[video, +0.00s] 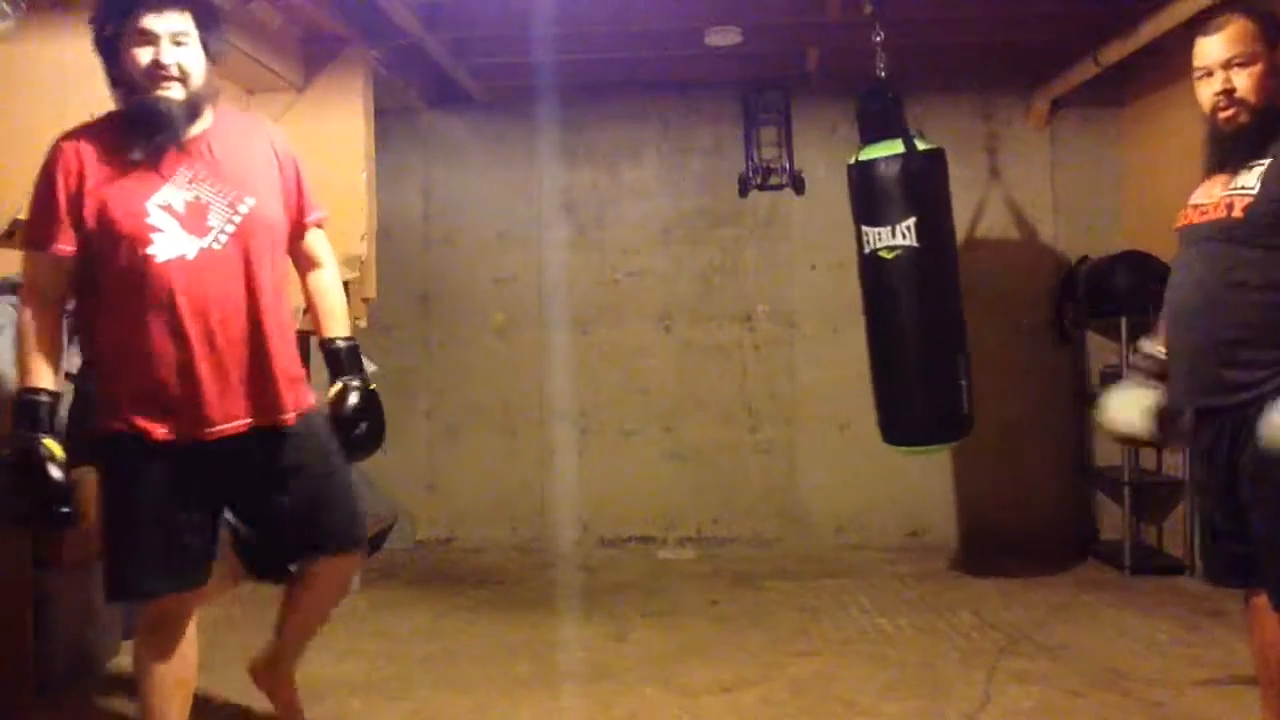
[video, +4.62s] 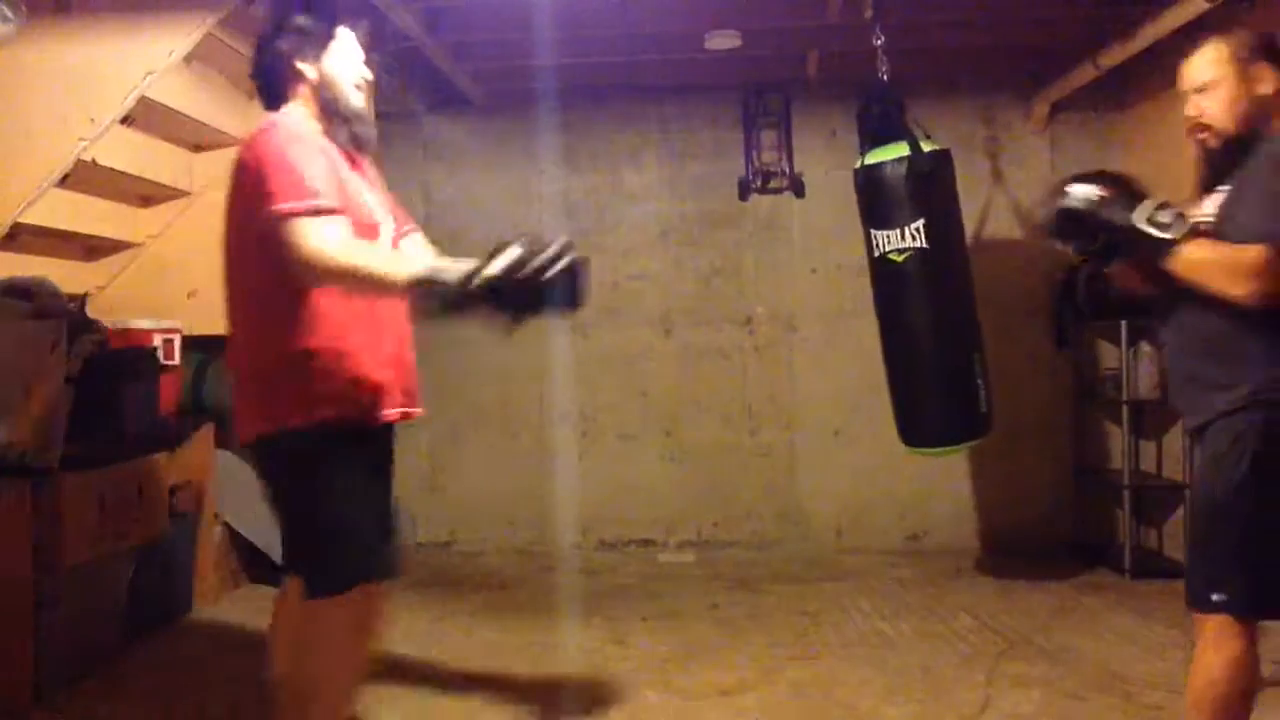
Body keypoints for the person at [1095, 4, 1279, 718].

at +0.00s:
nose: (1221, 86)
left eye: (1239, 65)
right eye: (1205, 74)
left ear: (1274, 67)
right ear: (1194, 87)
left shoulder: (1273, 167)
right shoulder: (1216, 176)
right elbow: (1193, 284)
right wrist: (1159, 361)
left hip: (1263, 408)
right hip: (1214, 410)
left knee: (1268, 591)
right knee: (1254, 589)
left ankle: (1270, 705)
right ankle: (1269, 704)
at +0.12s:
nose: (1240, 81)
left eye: (1257, 62)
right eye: (1224, 68)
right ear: (1211, 81)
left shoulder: (1278, 162)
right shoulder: (1227, 165)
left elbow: (1278, 269)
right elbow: (1175, 257)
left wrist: (1245, 301)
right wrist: (1080, 313)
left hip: (1271, 403)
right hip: (1230, 405)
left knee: (1270, 588)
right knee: (1258, 583)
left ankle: (1270, 702)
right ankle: (1266, 693)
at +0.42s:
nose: (1248, 79)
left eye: (1263, 60)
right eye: (1232, 68)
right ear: (1220, 82)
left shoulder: (1276, 158)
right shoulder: (1230, 163)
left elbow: (1269, 244)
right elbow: (1205, 257)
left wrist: (1213, 230)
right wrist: (1122, 235)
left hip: (1272, 403)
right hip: (1236, 407)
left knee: (1267, 589)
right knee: (1261, 588)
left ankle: (1269, 701)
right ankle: (1269, 704)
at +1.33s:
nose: (1209, 111)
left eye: (1223, 88)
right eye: (1195, 97)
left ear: (1267, 76)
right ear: (1185, 102)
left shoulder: (1274, 166)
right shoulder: (1213, 170)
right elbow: (1210, 278)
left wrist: (1262, 321)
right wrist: (1184, 325)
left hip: (1268, 394)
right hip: (1235, 394)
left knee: (1243, 546)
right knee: (1220, 544)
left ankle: (1267, 691)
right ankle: (1266, 690)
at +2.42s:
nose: (1184, 128)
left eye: (1198, 108)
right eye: (1170, 117)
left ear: (1239, 101)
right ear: (1161, 123)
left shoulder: (1263, 166)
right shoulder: (1205, 187)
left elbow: (1271, 285)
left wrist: (1172, 257)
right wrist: (1130, 286)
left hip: (1252, 413)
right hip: (1222, 414)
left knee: (1241, 594)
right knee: (1234, 590)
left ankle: (1238, 715)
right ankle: (1242, 707)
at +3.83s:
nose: (1238, 117)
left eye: (1253, 97)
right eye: (1228, 106)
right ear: (1223, 117)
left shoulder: (1274, 195)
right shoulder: (1242, 196)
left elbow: (1275, 280)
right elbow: (1193, 291)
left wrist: (1243, 220)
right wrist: (1177, 231)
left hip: (1272, 421)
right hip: (1248, 423)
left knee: (1256, 602)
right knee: (1254, 599)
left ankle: (1242, 711)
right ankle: (1250, 706)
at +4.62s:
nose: (1189, 112)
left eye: (1204, 90)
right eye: (1185, 97)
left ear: (1261, 81)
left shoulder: (1266, 165)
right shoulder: (1233, 174)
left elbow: (1254, 278)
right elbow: (1204, 273)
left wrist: (1144, 238)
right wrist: (1115, 255)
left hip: (1250, 420)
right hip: (1222, 419)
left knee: (1221, 614)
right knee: (1223, 612)